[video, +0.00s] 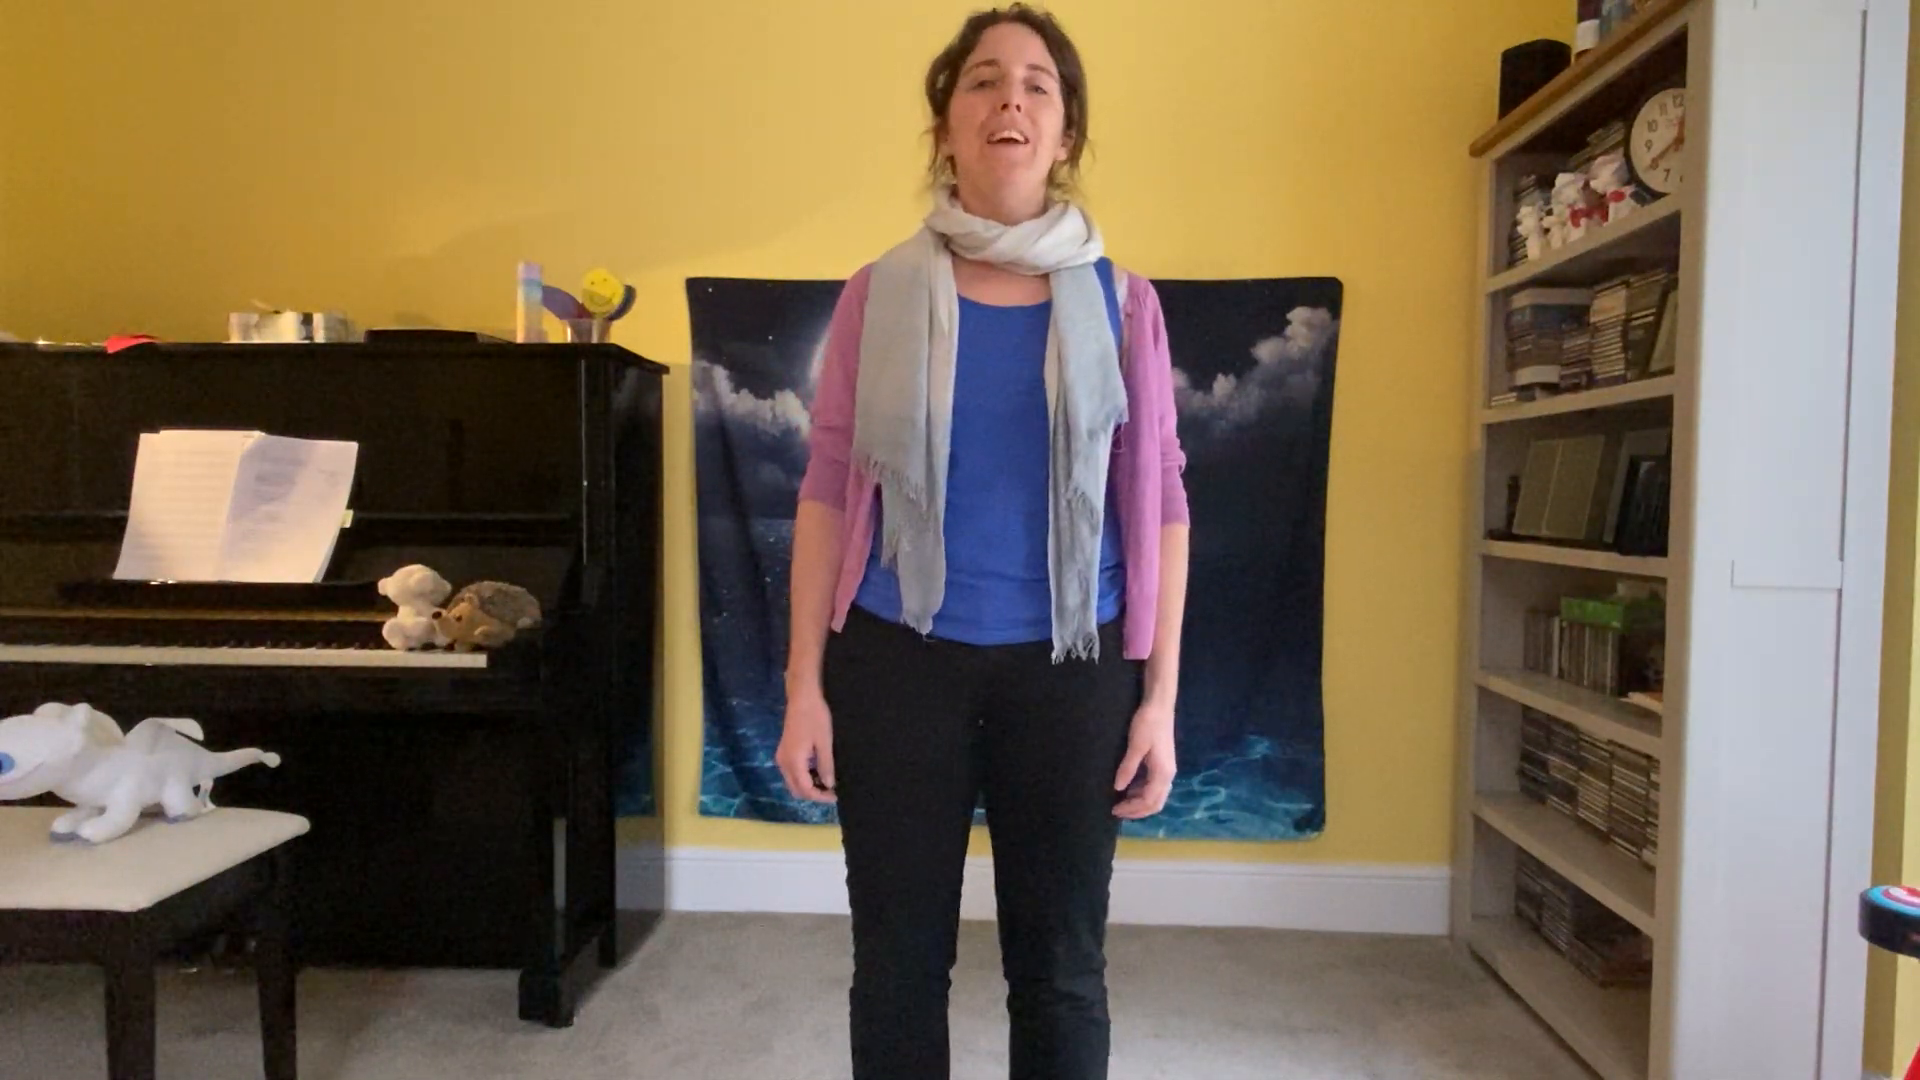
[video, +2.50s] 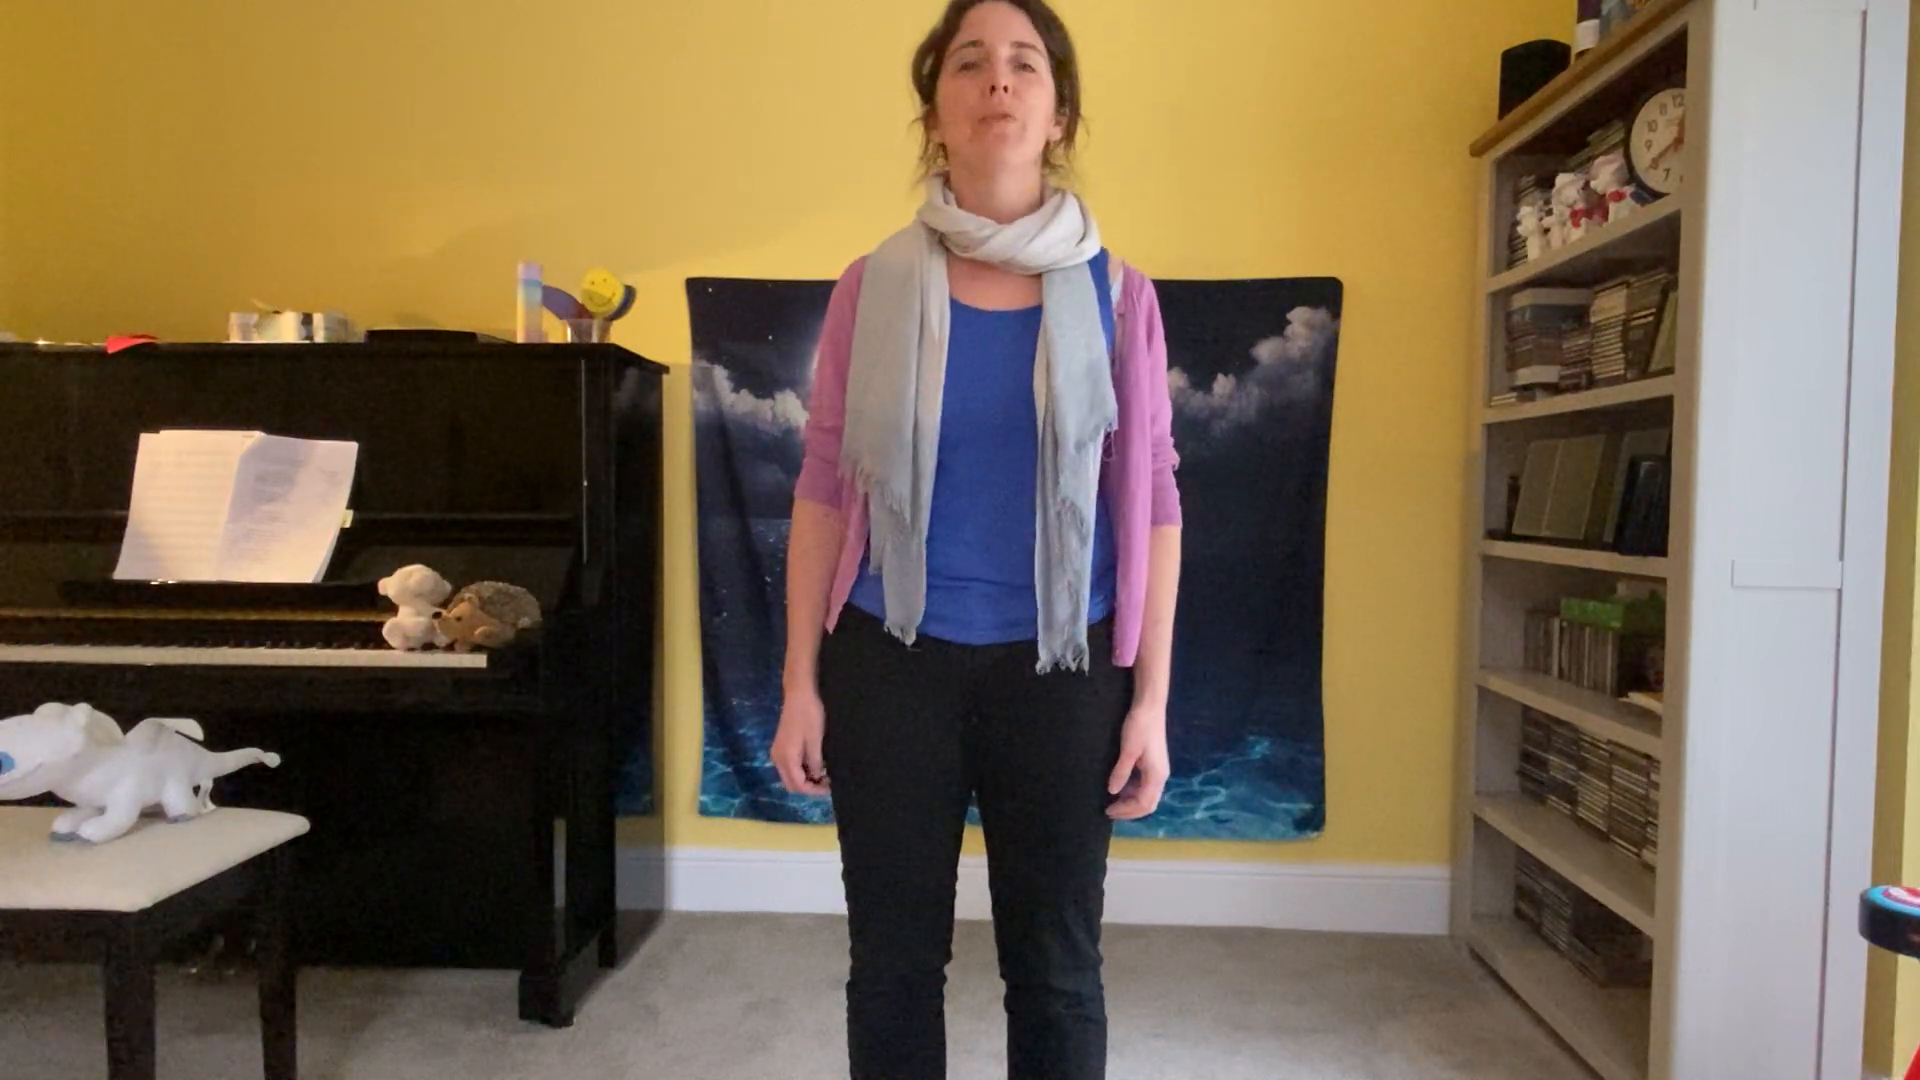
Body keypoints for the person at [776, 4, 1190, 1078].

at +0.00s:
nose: (1010, 101)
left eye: (1037, 86)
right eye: (985, 82)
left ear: (1068, 133)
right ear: (944, 127)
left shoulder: (1123, 306)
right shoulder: (878, 296)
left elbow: (1161, 507)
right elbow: (826, 494)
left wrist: (1158, 694)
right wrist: (803, 681)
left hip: (1068, 678)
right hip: (894, 670)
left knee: (1061, 979)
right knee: (897, 977)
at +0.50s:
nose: (1004, 81)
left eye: (1031, 74)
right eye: (980, 66)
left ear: (1060, 130)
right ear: (937, 116)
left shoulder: (1115, 302)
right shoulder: (866, 292)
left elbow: (1152, 507)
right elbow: (815, 494)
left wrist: (1148, 700)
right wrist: (791, 686)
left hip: (1060, 682)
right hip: (883, 676)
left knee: (1057, 986)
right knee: (890, 983)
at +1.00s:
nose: (998, 88)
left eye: (1024, 74)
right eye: (972, 70)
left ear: (1058, 121)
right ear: (930, 114)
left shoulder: (1115, 300)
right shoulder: (865, 293)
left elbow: (1153, 504)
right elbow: (815, 494)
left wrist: (1151, 694)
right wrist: (794, 688)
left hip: (1061, 679)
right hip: (885, 674)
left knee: (1057, 984)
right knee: (891, 979)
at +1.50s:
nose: (998, 93)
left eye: (1024, 77)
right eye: (972, 75)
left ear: (1059, 124)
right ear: (933, 122)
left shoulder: (1119, 302)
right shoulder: (871, 295)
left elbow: (1156, 504)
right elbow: (821, 494)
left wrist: (1153, 695)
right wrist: (798, 685)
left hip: (1063, 681)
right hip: (889, 676)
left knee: (1060, 984)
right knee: (893, 981)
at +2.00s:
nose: (996, 90)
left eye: (1022, 76)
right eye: (970, 74)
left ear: (1059, 124)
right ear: (934, 120)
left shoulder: (1119, 304)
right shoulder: (872, 296)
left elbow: (1155, 506)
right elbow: (822, 495)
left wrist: (1152, 696)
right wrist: (798, 683)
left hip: (1062, 678)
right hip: (888, 672)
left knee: (1059, 985)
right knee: (892, 979)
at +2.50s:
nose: (996, 79)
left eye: (1023, 63)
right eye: (970, 62)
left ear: (1060, 112)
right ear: (933, 110)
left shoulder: (1119, 298)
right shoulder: (869, 290)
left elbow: (1153, 504)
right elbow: (823, 488)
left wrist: (1150, 696)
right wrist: (799, 677)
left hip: (1061, 679)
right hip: (887, 672)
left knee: (1057, 982)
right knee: (892, 977)